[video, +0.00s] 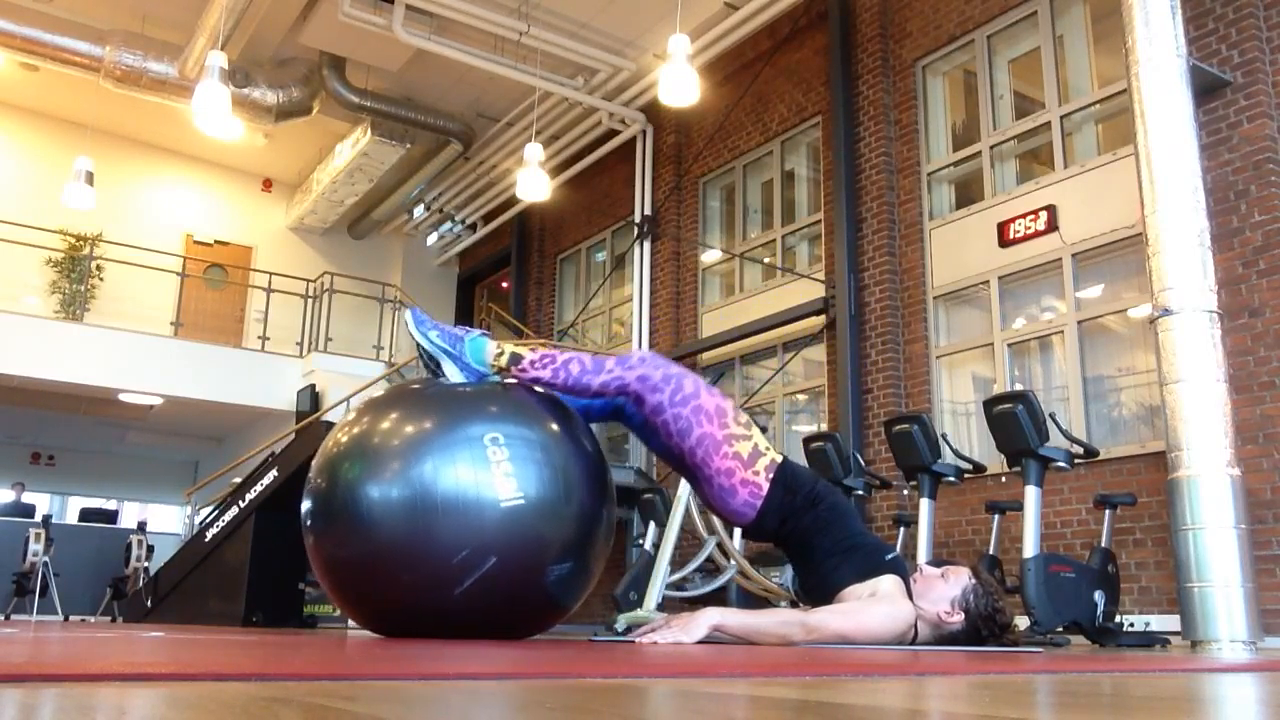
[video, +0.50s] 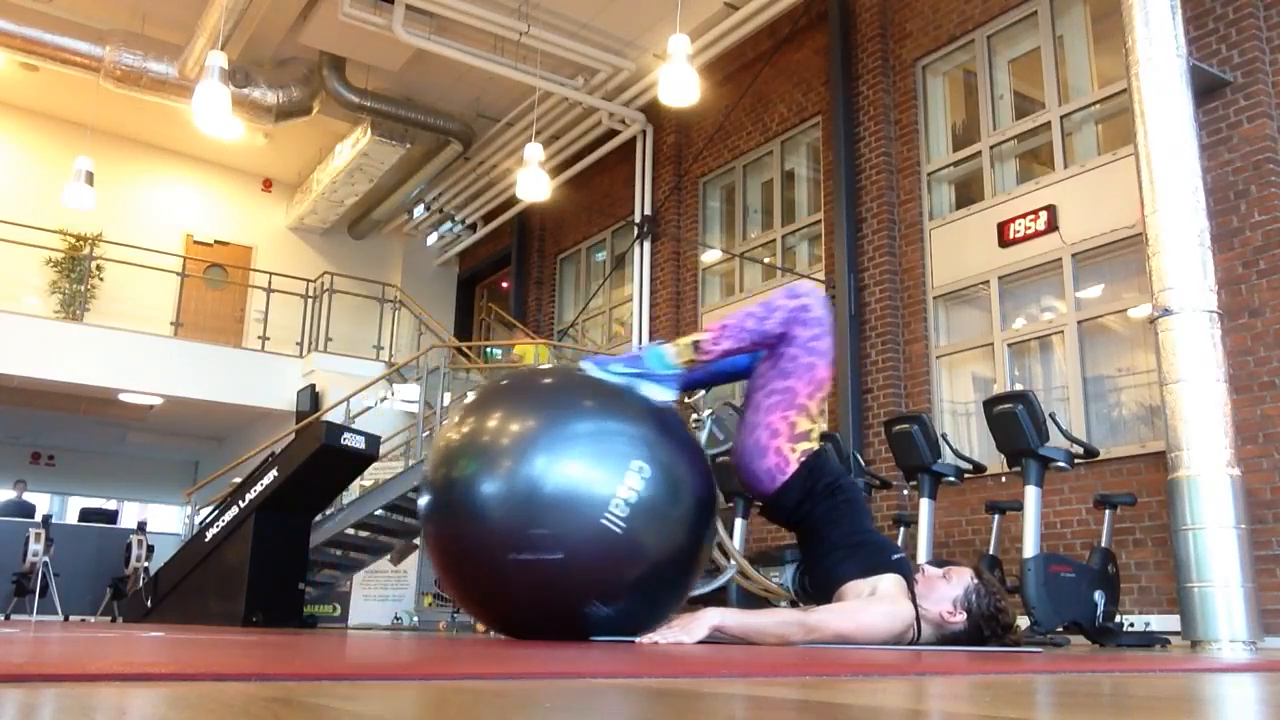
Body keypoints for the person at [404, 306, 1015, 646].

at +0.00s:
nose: (936, 569)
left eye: (949, 581)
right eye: (949, 569)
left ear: (946, 616)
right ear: (942, 595)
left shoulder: (895, 609)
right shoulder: (891, 592)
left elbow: (804, 627)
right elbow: (802, 622)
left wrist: (709, 619)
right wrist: (713, 621)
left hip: (756, 488)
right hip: (766, 475)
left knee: (644, 372)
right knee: (650, 372)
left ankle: (487, 358)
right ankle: (512, 379)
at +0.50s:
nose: (935, 566)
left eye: (947, 576)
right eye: (948, 569)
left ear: (948, 613)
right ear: (946, 614)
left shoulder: (893, 611)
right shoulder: (904, 606)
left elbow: (806, 626)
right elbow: (808, 625)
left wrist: (714, 619)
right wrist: (718, 624)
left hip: (778, 468)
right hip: (800, 466)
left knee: (805, 301)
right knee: (805, 315)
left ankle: (668, 363)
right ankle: (676, 372)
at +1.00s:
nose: (933, 569)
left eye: (945, 578)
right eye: (946, 570)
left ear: (949, 613)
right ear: (949, 612)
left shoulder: (891, 616)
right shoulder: (911, 607)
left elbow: (798, 629)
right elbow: (805, 624)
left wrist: (713, 621)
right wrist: (717, 618)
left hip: (782, 461)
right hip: (810, 464)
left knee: (827, 304)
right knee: (826, 317)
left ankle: (696, 365)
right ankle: (700, 372)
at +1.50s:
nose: (938, 569)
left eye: (949, 581)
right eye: (951, 571)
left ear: (945, 616)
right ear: (945, 606)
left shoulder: (891, 610)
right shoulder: (893, 594)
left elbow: (804, 627)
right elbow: (804, 621)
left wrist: (709, 619)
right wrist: (716, 621)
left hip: (753, 480)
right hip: (771, 468)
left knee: (667, 342)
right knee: (673, 345)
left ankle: (520, 362)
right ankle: (537, 365)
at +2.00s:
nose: (936, 571)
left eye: (949, 583)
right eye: (949, 570)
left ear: (946, 618)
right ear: (942, 592)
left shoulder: (893, 609)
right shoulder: (890, 590)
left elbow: (803, 626)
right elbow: (801, 622)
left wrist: (711, 618)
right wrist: (716, 622)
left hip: (752, 491)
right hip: (760, 478)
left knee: (636, 383)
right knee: (638, 380)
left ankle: (484, 363)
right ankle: (498, 368)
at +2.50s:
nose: (934, 565)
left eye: (947, 575)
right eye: (948, 566)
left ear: (948, 613)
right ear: (945, 614)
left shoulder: (891, 611)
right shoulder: (906, 612)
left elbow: (803, 627)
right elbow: (807, 625)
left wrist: (712, 618)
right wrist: (717, 623)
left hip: (765, 471)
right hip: (784, 483)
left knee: (814, 311)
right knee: (812, 326)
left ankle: (674, 368)